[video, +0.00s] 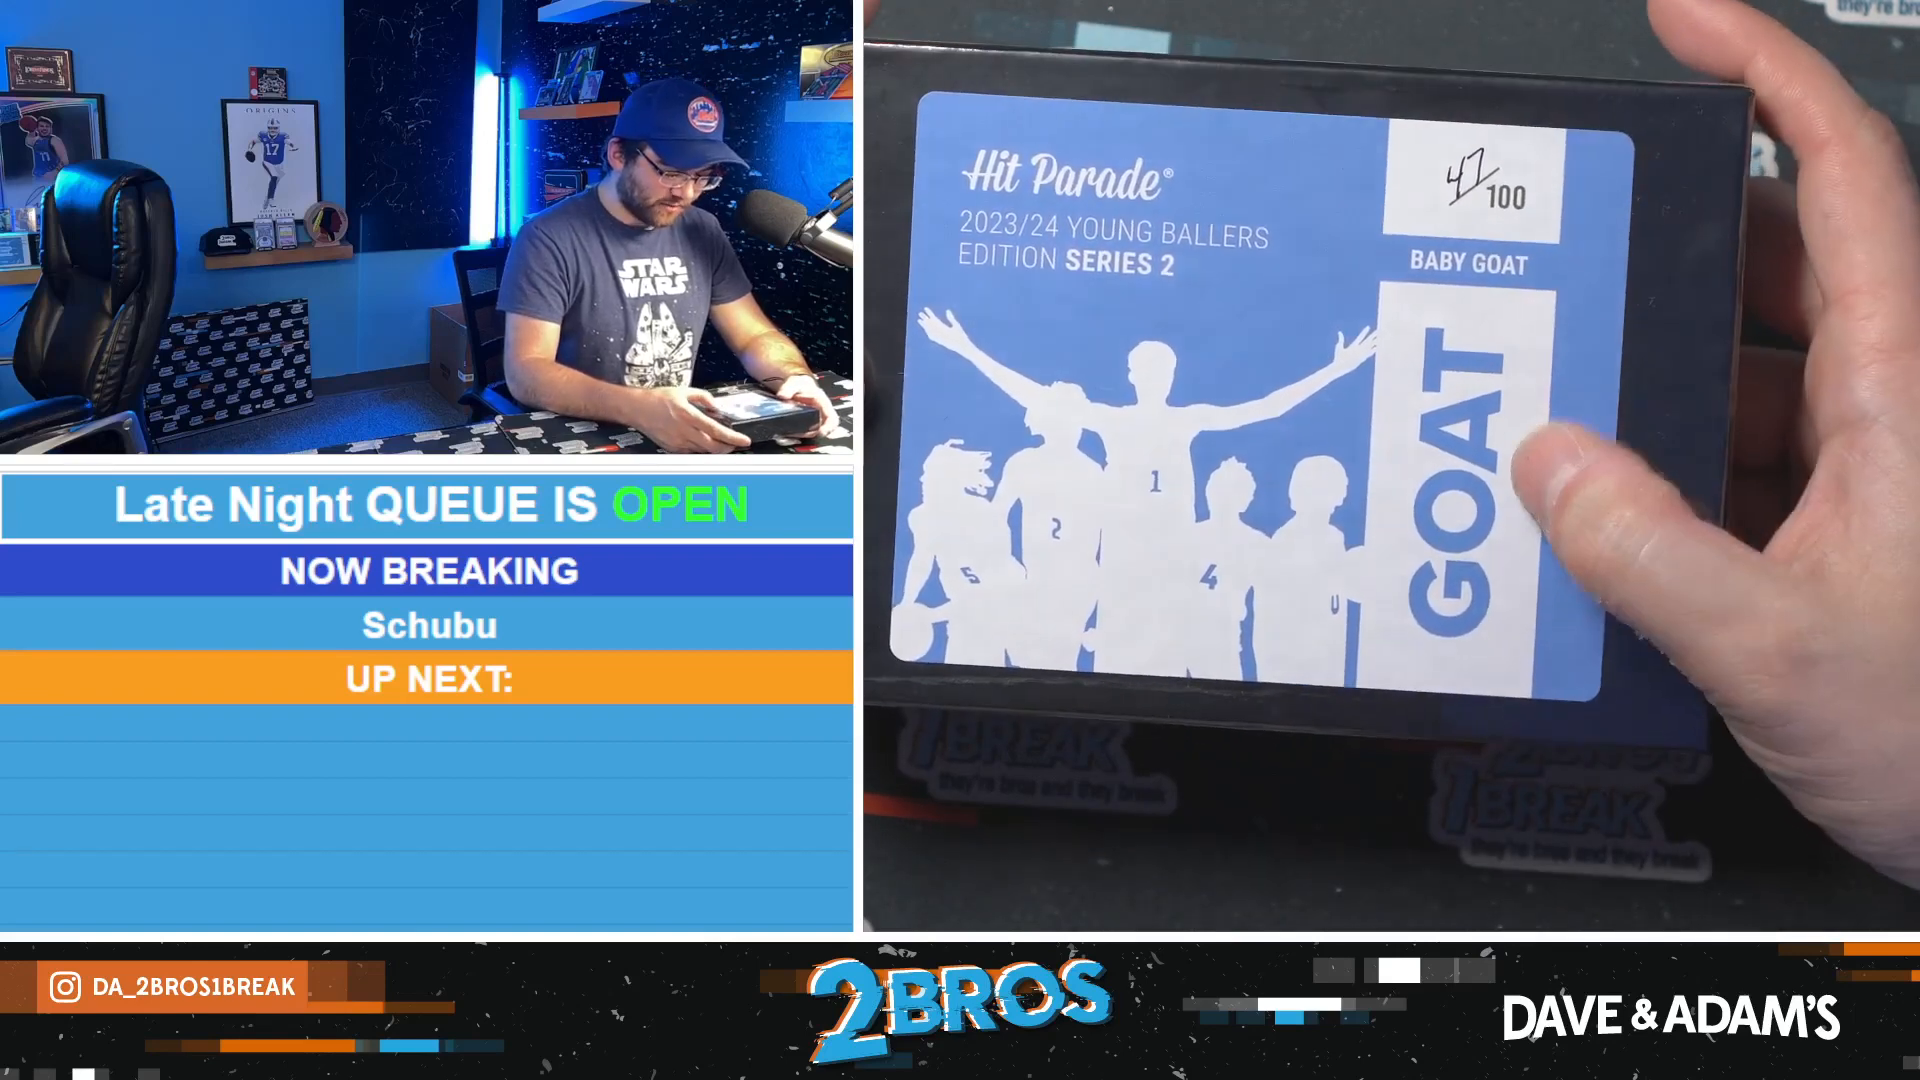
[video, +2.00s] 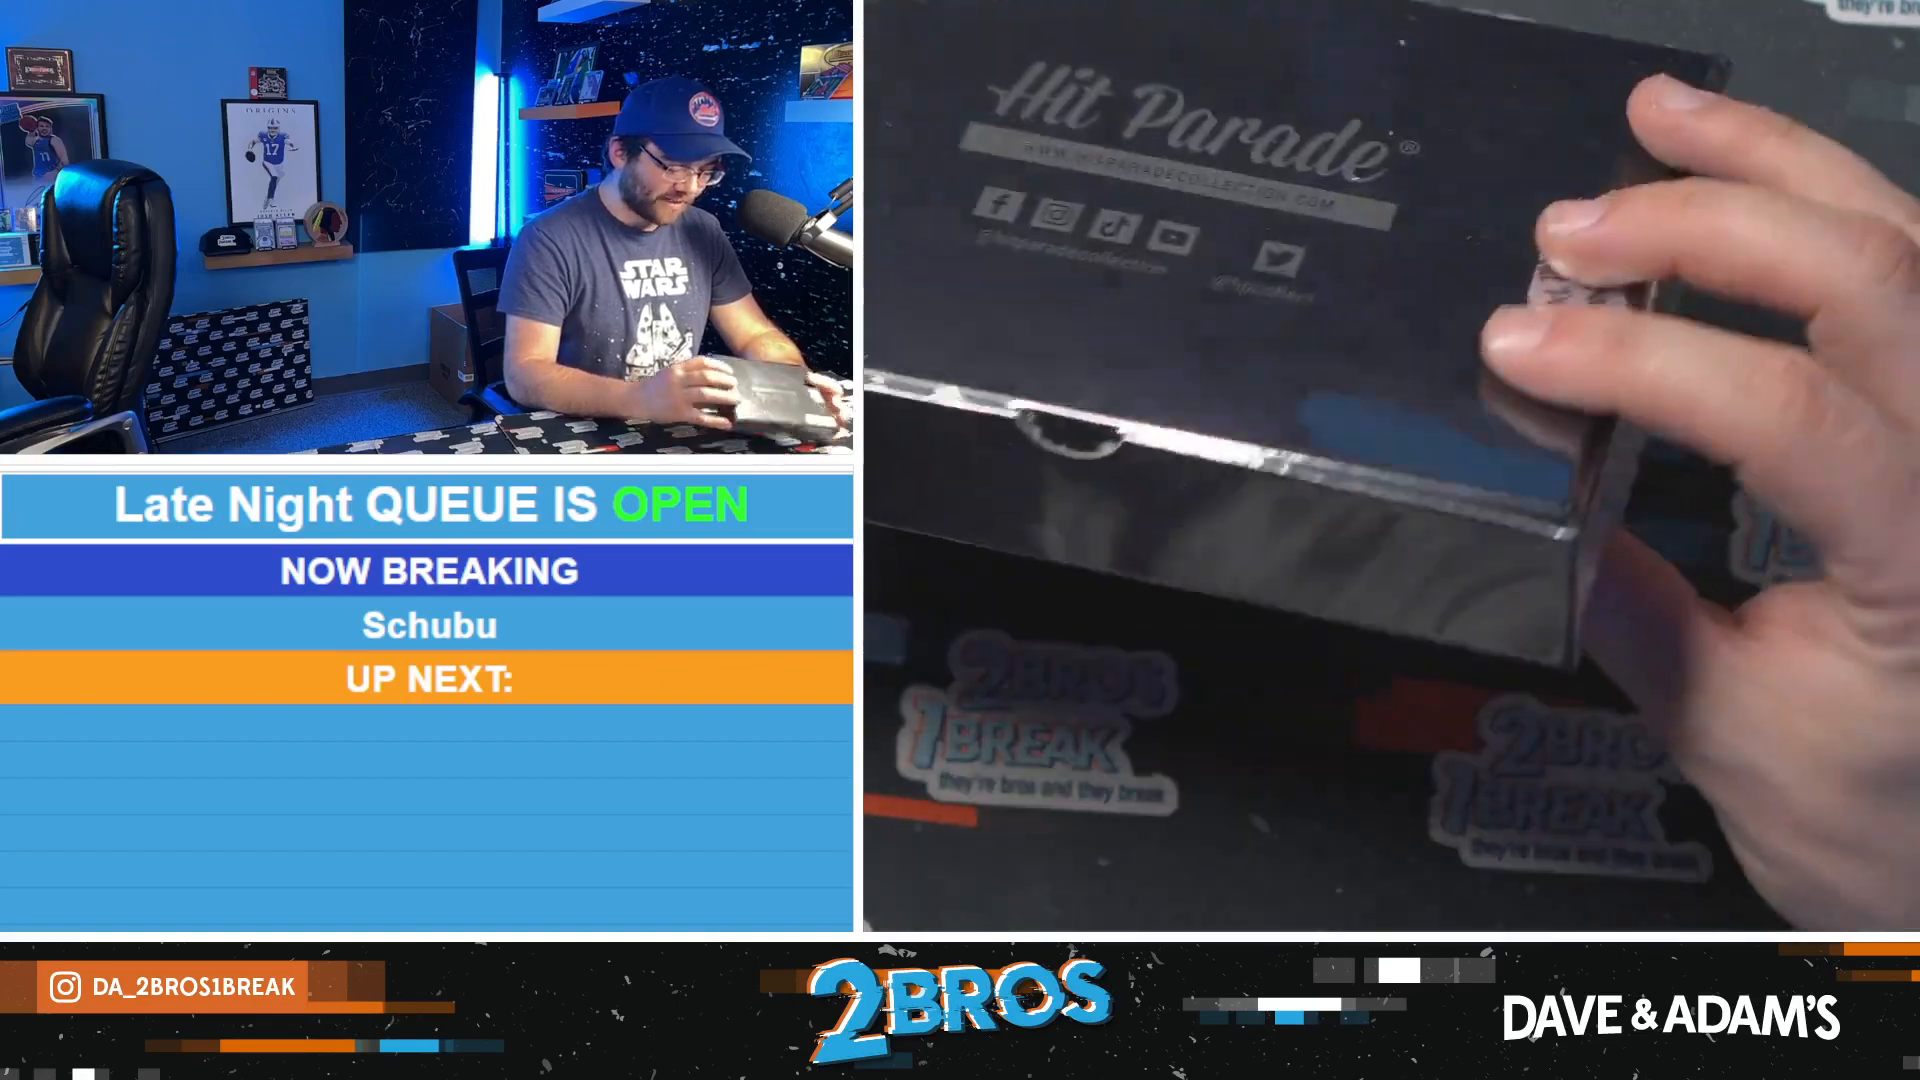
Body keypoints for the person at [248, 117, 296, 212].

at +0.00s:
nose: (273, 130)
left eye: (275, 128)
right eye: (271, 128)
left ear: (278, 128)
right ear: (268, 128)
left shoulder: (283, 136)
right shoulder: (263, 136)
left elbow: (290, 143)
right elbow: (253, 141)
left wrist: (292, 147)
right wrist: (250, 149)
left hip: (279, 164)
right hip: (267, 162)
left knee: (276, 182)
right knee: (274, 176)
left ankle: (267, 200)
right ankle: (270, 199)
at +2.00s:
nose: (273, 130)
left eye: (275, 128)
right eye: (271, 128)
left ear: (278, 128)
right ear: (268, 128)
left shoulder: (283, 136)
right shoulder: (263, 136)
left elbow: (290, 143)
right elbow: (253, 141)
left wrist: (292, 147)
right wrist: (250, 149)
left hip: (279, 164)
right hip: (267, 162)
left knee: (275, 182)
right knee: (274, 176)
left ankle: (267, 200)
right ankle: (270, 199)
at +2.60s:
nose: (273, 130)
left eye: (275, 128)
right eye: (271, 128)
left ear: (278, 128)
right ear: (268, 128)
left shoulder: (283, 136)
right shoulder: (263, 136)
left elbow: (290, 143)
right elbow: (253, 141)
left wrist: (292, 147)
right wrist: (250, 149)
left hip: (279, 164)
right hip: (267, 162)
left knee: (275, 182)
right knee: (274, 176)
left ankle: (267, 200)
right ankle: (270, 199)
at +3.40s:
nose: (273, 130)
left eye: (275, 128)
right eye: (271, 128)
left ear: (278, 128)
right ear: (268, 128)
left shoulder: (282, 137)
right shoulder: (263, 136)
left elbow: (290, 143)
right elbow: (253, 141)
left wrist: (293, 147)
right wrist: (250, 149)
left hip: (279, 164)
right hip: (267, 162)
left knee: (275, 182)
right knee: (274, 176)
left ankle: (267, 200)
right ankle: (270, 199)